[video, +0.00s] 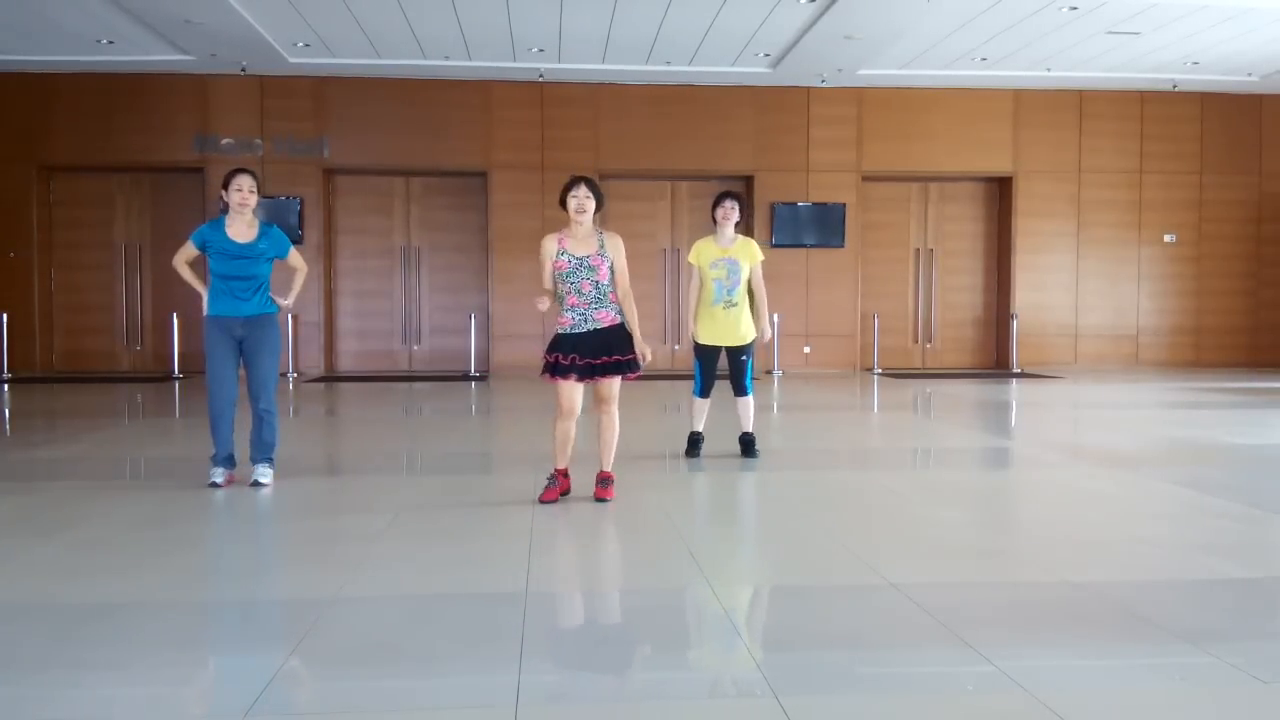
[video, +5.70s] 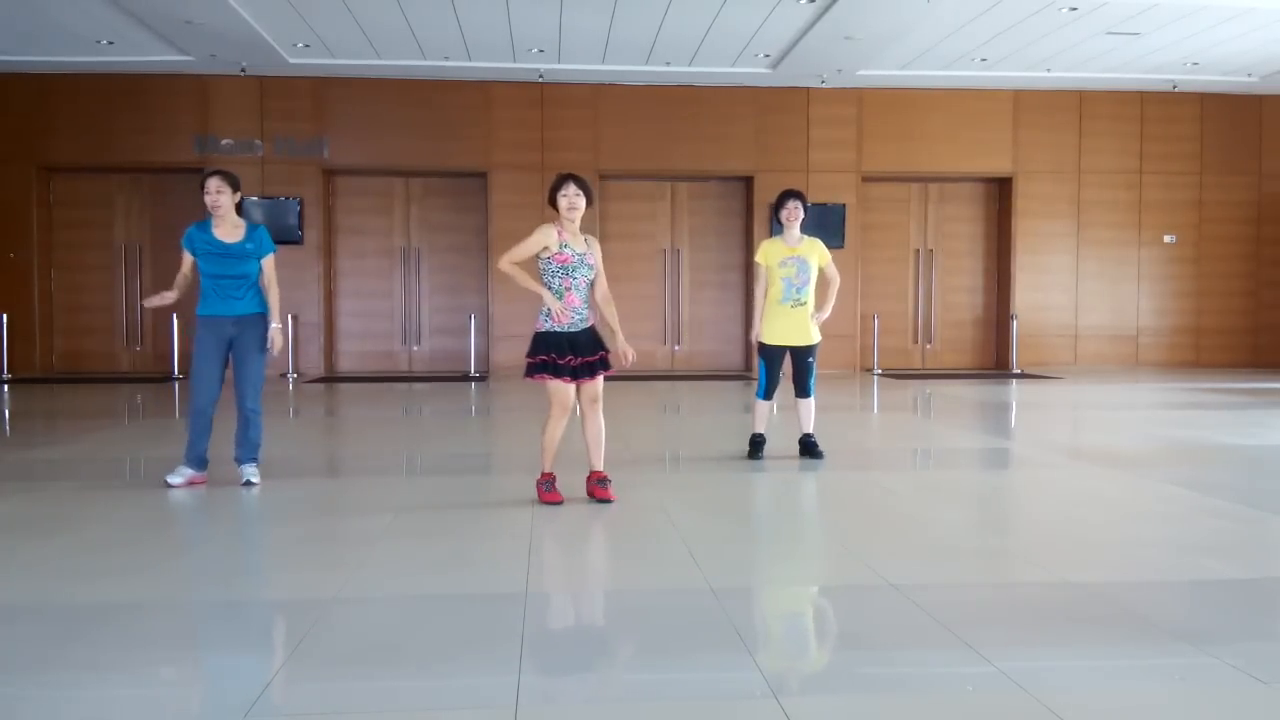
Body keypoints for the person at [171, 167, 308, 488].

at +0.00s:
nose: (245, 195)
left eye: (251, 191)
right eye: (238, 190)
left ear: (258, 197)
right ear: (225, 195)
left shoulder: (271, 234)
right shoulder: (210, 231)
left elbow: (301, 267)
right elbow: (178, 261)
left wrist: (289, 299)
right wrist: (203, 291)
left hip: (262, 322)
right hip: (219, 323)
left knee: (263, 397)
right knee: (221, 396)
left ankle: (263, 463)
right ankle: (222, 464)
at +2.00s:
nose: (264, 200)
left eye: (264, 194)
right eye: (258, 194)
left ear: (254, 198)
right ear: (239, 197)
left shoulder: (269, 234)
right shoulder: (214, 233)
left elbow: (285, 270)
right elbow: (174, 265)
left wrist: (290, 297)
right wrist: (208, 292)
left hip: (270, 322)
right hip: (231, 323)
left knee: (271, 396)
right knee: (230, 397)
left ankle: (269, 463)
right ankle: (222, 464)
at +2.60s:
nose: (247, 203)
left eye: (248, 196)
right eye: (241, 196)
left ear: (245, 199)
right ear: (222, 197)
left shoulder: (251, 236)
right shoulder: (195, 231)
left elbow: (286, 265)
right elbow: (152, 259)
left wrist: (326, 281)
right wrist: (184, 289)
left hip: (243, 321)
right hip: (203, 322)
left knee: (248, 395)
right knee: (209, 397)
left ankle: (256, 464)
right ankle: (215, 465)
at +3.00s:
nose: (241, 202)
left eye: (241, 196)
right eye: (235, 196)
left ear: (232, 199)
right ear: (215, 198)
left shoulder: (243, 237)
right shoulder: (191, 233)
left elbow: (271, 277)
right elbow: (148, 263)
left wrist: (303, 295)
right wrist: (183, 291)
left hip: (241, 324)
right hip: (203, 324)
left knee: (250, 395)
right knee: (209, 399)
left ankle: (245, 465)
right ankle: (215, 467)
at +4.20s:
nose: (231, 198)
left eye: (233, 193)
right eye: (224, 193)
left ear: (234, 197)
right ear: (205, 197)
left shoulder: (246, 232)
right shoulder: (185, 235)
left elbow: (265, 278)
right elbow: (159, 266)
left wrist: (274, 320)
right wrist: (185, 291)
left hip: (241, 322)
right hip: (202, 324)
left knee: (245, 398)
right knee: (196, 398)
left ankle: (249, 463)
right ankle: (184, 465)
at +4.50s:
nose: (217, 202)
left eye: (220, 196)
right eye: (210, 196)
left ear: (223, 199)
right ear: (191, 199)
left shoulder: (230, 237)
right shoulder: (170, 232)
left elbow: (236, 285)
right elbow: (139, 260)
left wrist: (228, 328)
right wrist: (161, 288)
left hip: (211, 323)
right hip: (172, 324)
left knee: (225, 397)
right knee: (177, 398)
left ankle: (245, 461)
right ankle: (182, 466)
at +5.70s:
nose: (213, 198)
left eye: (220, 192)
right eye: (208, 193)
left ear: (236, 196)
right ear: (203, 197)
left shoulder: (257, 235)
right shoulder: (196, 234)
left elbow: (270, 282)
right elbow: (184, 273)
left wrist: (275, 323)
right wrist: (174, 294)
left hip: (251, 323)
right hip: (210, 324)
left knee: (249, 399)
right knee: (202, 397)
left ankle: (249, 463)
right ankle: (195, 466)